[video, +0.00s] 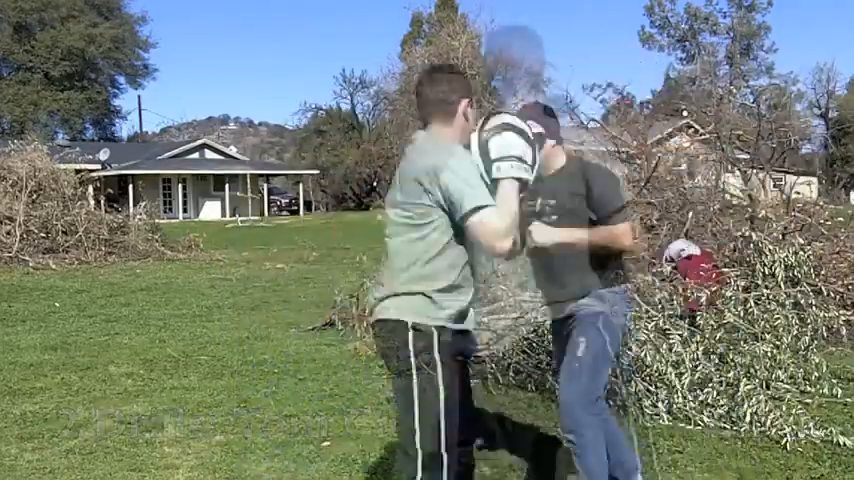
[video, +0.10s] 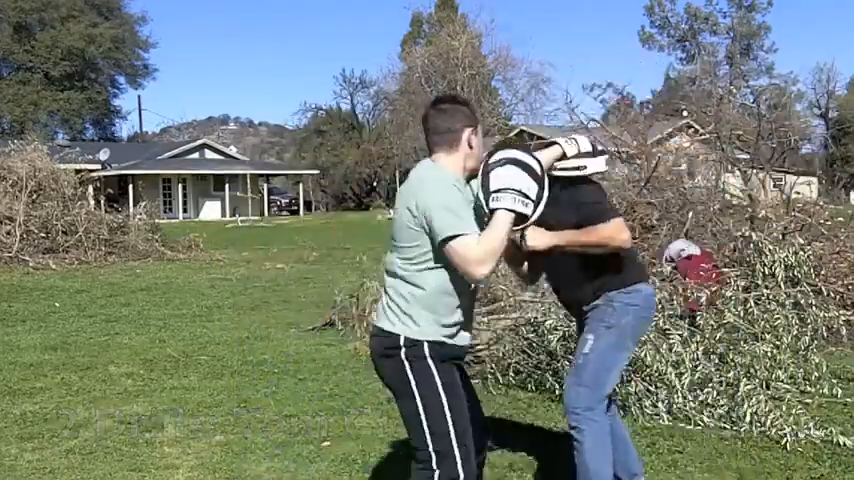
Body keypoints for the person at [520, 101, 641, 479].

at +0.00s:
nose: (527, 140)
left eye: (534, 131)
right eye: (523, 132)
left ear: (552, 132)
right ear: (519, 138)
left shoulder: (591, 174)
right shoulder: (527, 187)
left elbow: (624, 235)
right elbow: (510, 245)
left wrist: (557, 234)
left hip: (600, 302)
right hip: (562, 309)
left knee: (576, 404)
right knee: (586, 404)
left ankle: (597, 474)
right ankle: (629, 472)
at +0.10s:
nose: (531, 153)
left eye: (538, 146)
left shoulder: (576, 190)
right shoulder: (542, 203)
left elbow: (620, 236)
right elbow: (529, 273)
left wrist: (551, 238)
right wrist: (508, 238)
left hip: (621, 299)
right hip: (596, 305)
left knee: (582, 400)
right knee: (596, 401)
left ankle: (595, 473)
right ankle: (629, 472)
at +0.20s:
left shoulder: (566, 221)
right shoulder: (540, 243)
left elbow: (609, 256)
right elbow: (547, 295)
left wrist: (542, 267)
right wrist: (519, 274)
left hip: (637, 307)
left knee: (594, 410)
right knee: (598, 397)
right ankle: (632, 472)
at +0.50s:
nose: (534, 176)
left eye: (541, 167)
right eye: (531, 169)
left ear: (567, 165)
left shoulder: (590, 191)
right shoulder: (567, 210)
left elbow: (618, 234)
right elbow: (579, 272)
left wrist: (550, 241)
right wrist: (531, 280)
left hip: (644, 305)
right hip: (617, 311)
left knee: (611, 403)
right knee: (594, 395)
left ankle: (642, 473)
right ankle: (626, 465)